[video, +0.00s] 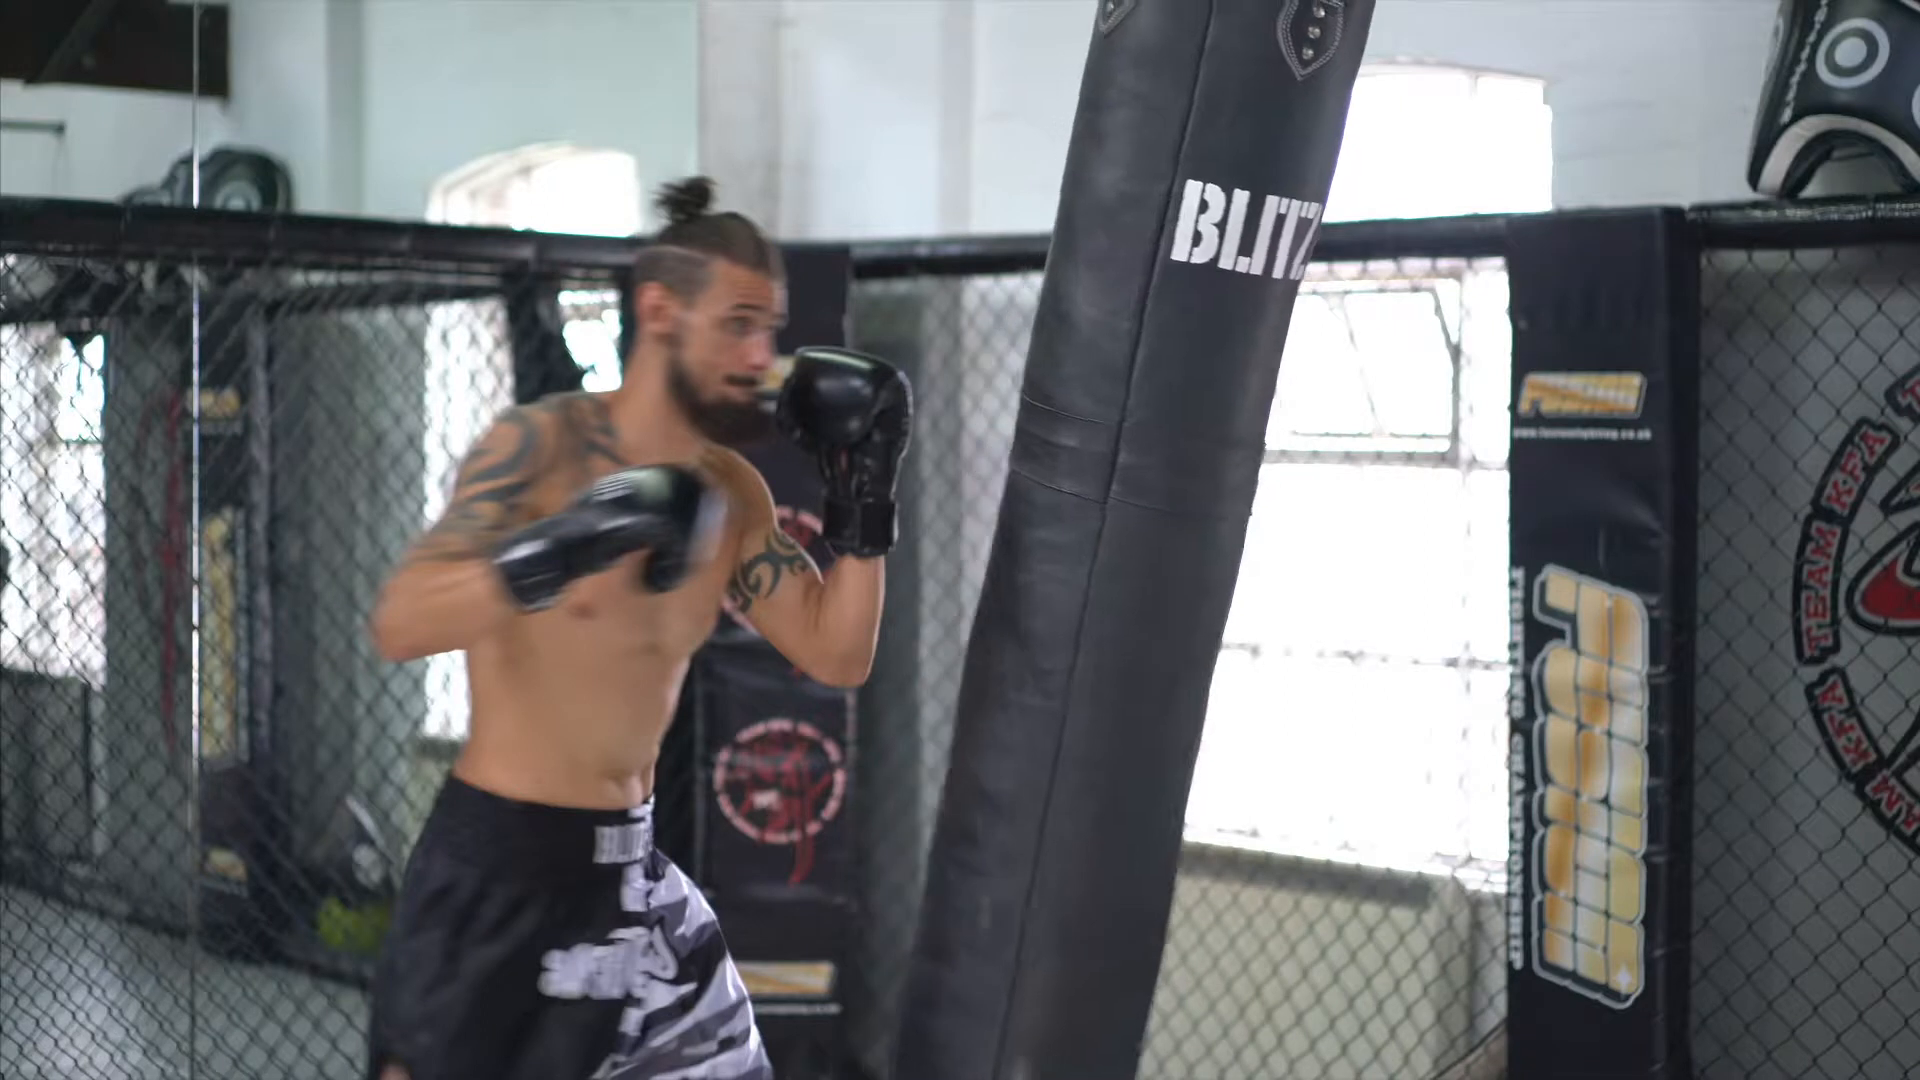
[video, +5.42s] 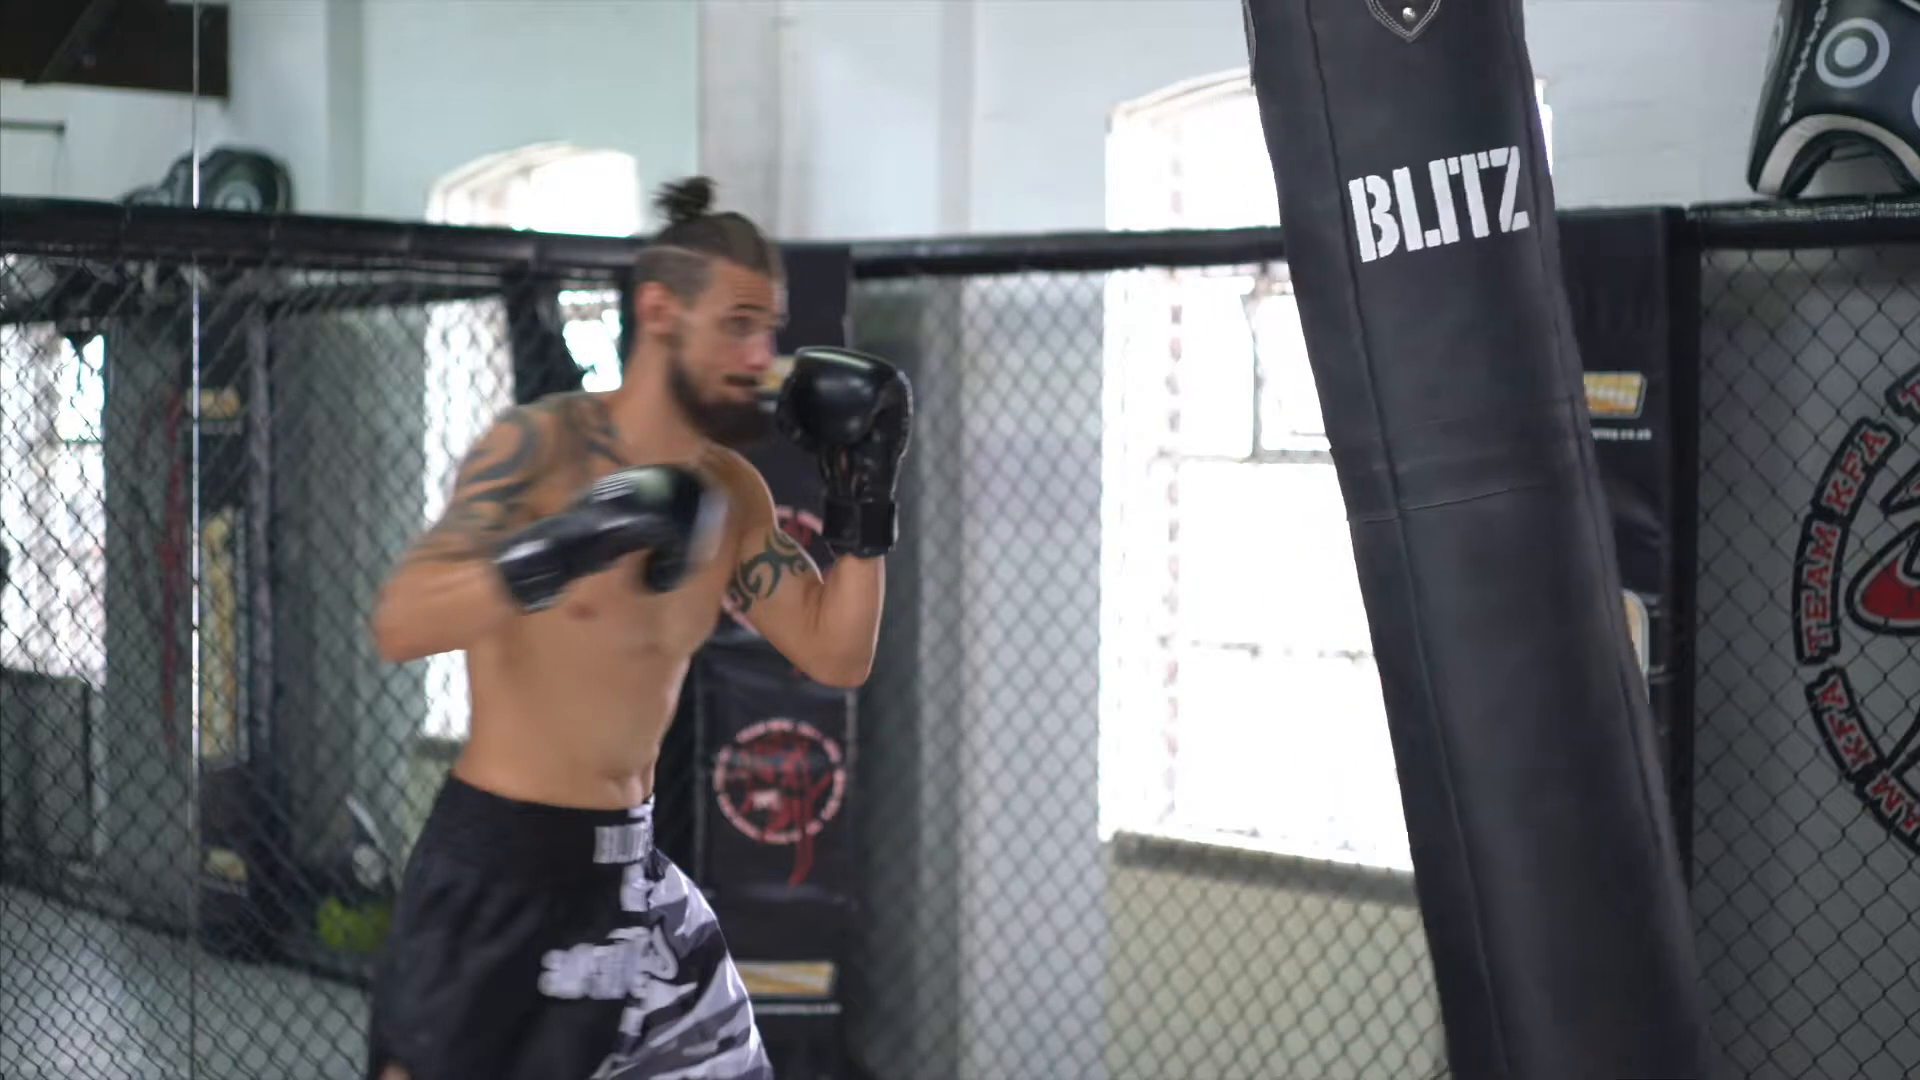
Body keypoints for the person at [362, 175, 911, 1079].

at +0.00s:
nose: (763, 357)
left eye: (773, 331)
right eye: (740, 325)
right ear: (656, 309)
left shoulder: (733, 492)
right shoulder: (538, 440)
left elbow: (839, 655)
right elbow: (400, 623)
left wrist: (866, 481)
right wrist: (568, 546)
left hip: (636, 867)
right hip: (500, 865)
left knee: (731, 1066)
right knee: (443, 1064)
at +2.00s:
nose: (762, 357)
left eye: (772, 331)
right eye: (739, 325)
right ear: (656, 310)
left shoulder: (733, 492)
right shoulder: (538, 441)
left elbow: (839, 656)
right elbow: (400, 624)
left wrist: (866, 479)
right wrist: (568, 547)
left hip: (635, 867)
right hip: (500, 865)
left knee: (732, 1066)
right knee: (437, 1065)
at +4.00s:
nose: (763, 357)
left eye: (772, 331)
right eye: (739, 325)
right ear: (656, 309)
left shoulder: (733, 492)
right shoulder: (538, 441)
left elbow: (839, 655)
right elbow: (400, 623)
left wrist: (865, 482)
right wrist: (569, 546)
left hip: (635, 868)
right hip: (500, 866)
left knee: (732, 1066)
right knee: (440, 1065)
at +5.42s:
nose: (763, 357)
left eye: (772, 331)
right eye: (739, 325)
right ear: (656, 310)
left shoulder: (734, 494)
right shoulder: (539, 441)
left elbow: (839, 656)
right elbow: (400, 624)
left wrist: (865, 483)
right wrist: (570, 546)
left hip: (636, 869)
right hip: (500, 867)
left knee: (732, 1066)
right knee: (437, 1065)